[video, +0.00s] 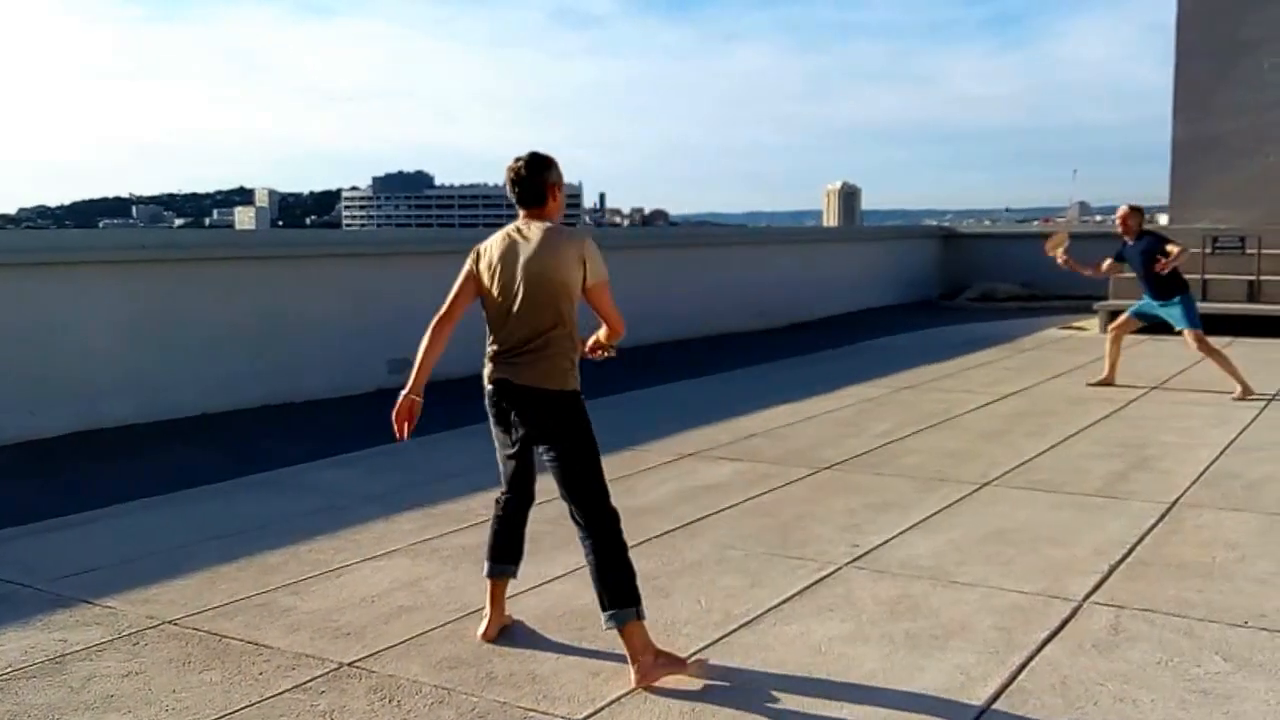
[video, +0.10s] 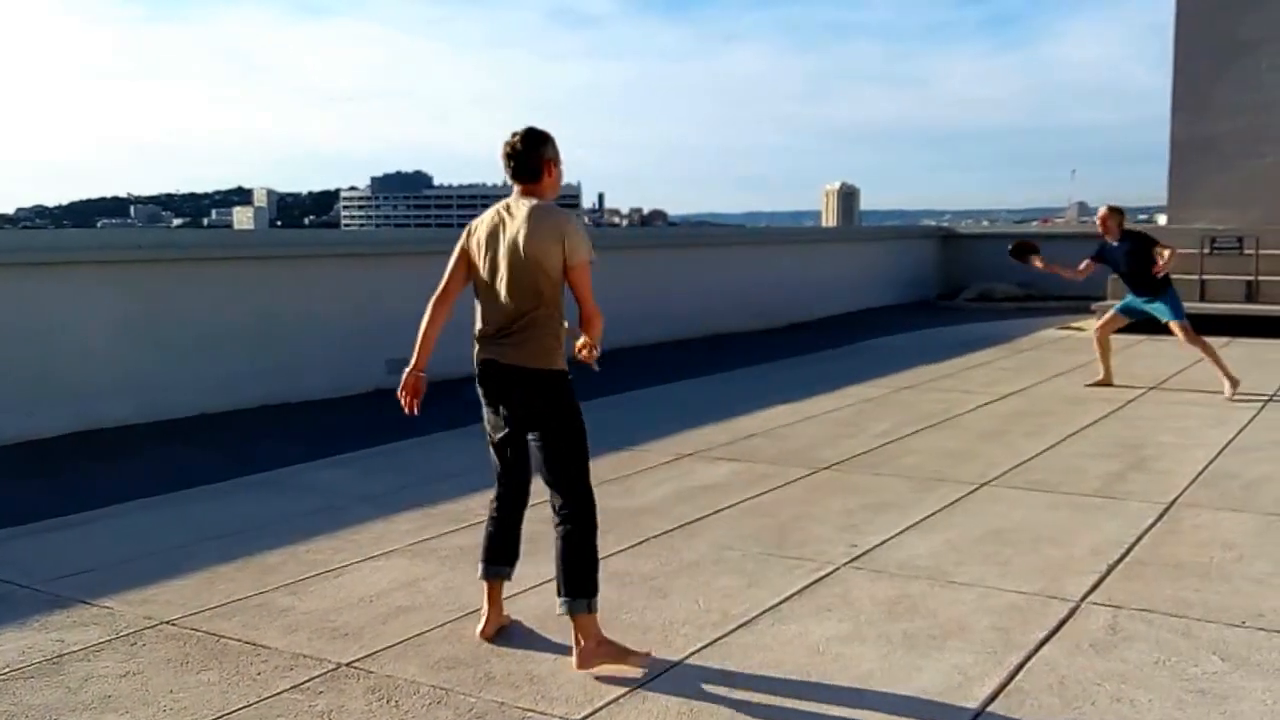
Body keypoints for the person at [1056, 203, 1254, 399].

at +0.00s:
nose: (1120, 225)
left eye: (1125, 220)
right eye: (1118, 221)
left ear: (1138, 221)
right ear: (1118, 224)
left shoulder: (1152, 239)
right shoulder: (1124, 249)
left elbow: (1180, 250)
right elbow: (1101, 271)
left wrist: (1171, 261)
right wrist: (1072, 265)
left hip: (1177, 300)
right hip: (1151, 302)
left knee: (1198, 344)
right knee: (1115, 330)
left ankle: (1243, 385)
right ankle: (1109, 377)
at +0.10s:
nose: (1100, 226)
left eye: (1104, 222)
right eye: (1099, 222)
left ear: (1117, 222)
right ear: (1101, 225)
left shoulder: (1137, 239)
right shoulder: (1103, 250)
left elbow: (1169, 252)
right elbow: (1079, 275)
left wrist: (1164, 264)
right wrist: (1049, 267)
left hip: (1161, 296)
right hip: (1136, 298)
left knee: (1186, 336)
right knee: (1100, 330)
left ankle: (1228, 378)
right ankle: (1106, 377)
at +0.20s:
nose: (1089, 220)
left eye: (1093, 215)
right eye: (1087, 216)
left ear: (1105, 216)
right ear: (1087, 220)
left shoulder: (1123, 232)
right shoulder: (1090, 243)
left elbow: (1157, 246)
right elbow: (1072, 267)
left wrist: (1156, 257)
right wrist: (1054, 271)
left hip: (1149, 289)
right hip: (1123, 294)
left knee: (1169, 328)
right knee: (1093, 331)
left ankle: (1202, 372)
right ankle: (1105, 376)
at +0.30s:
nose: (1088, 207)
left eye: (1092, 202)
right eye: (1084, 204)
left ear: (1102, 204)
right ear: (1080, 209)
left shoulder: (1119, 221)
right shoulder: (1083, 232)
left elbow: (1148, 230)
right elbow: (1081, 252)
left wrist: (1156, 235)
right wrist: (1084, 265)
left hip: (1138, 282)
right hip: (1112, 286)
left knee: (1154, 323)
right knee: (1092, 329)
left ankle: (1179, 372)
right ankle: (1104, 375)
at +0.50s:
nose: (1094, 195)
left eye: (1098, 190)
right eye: (1090, 190)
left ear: (1105, 193)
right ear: (1084, 194)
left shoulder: (1118, 211)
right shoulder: (1081, 220)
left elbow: (1143, 225)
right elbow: (1086, 250)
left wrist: (1153, 225)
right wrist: (1105, 260)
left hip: (1123, 276)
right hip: (1096, 276)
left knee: (1136, 322)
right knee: (1077, 323)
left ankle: (1151, 372)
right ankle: (1079, 367)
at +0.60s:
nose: (1098, 199)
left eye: (1102, 195)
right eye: (1094, 195)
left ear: (1109, 199)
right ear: (1087, 199)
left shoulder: (1118, 222)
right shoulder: (1081, 225)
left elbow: (1132, 247)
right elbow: (1082, 259)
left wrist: (1140, 247)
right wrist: (1107, 268)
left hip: (1116, 283)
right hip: (1089, 284)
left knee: (1132, 327)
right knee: (1072, 330)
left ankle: (1148, 375)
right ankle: (1066, 371)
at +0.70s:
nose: (1100, 204)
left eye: (1104, 200)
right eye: (1096, 200)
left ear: (1111, 204)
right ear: (1088, 203)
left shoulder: (1118, 227)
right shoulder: (1080, 229)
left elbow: (1125, 255)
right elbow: (1076, 264)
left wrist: (1134, 273)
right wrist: (1098, 277)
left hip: (1114, 285)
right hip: (1087, 286)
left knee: (1133, 330)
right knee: (1068, 332)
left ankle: (1149, 376)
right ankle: (1065, 372)